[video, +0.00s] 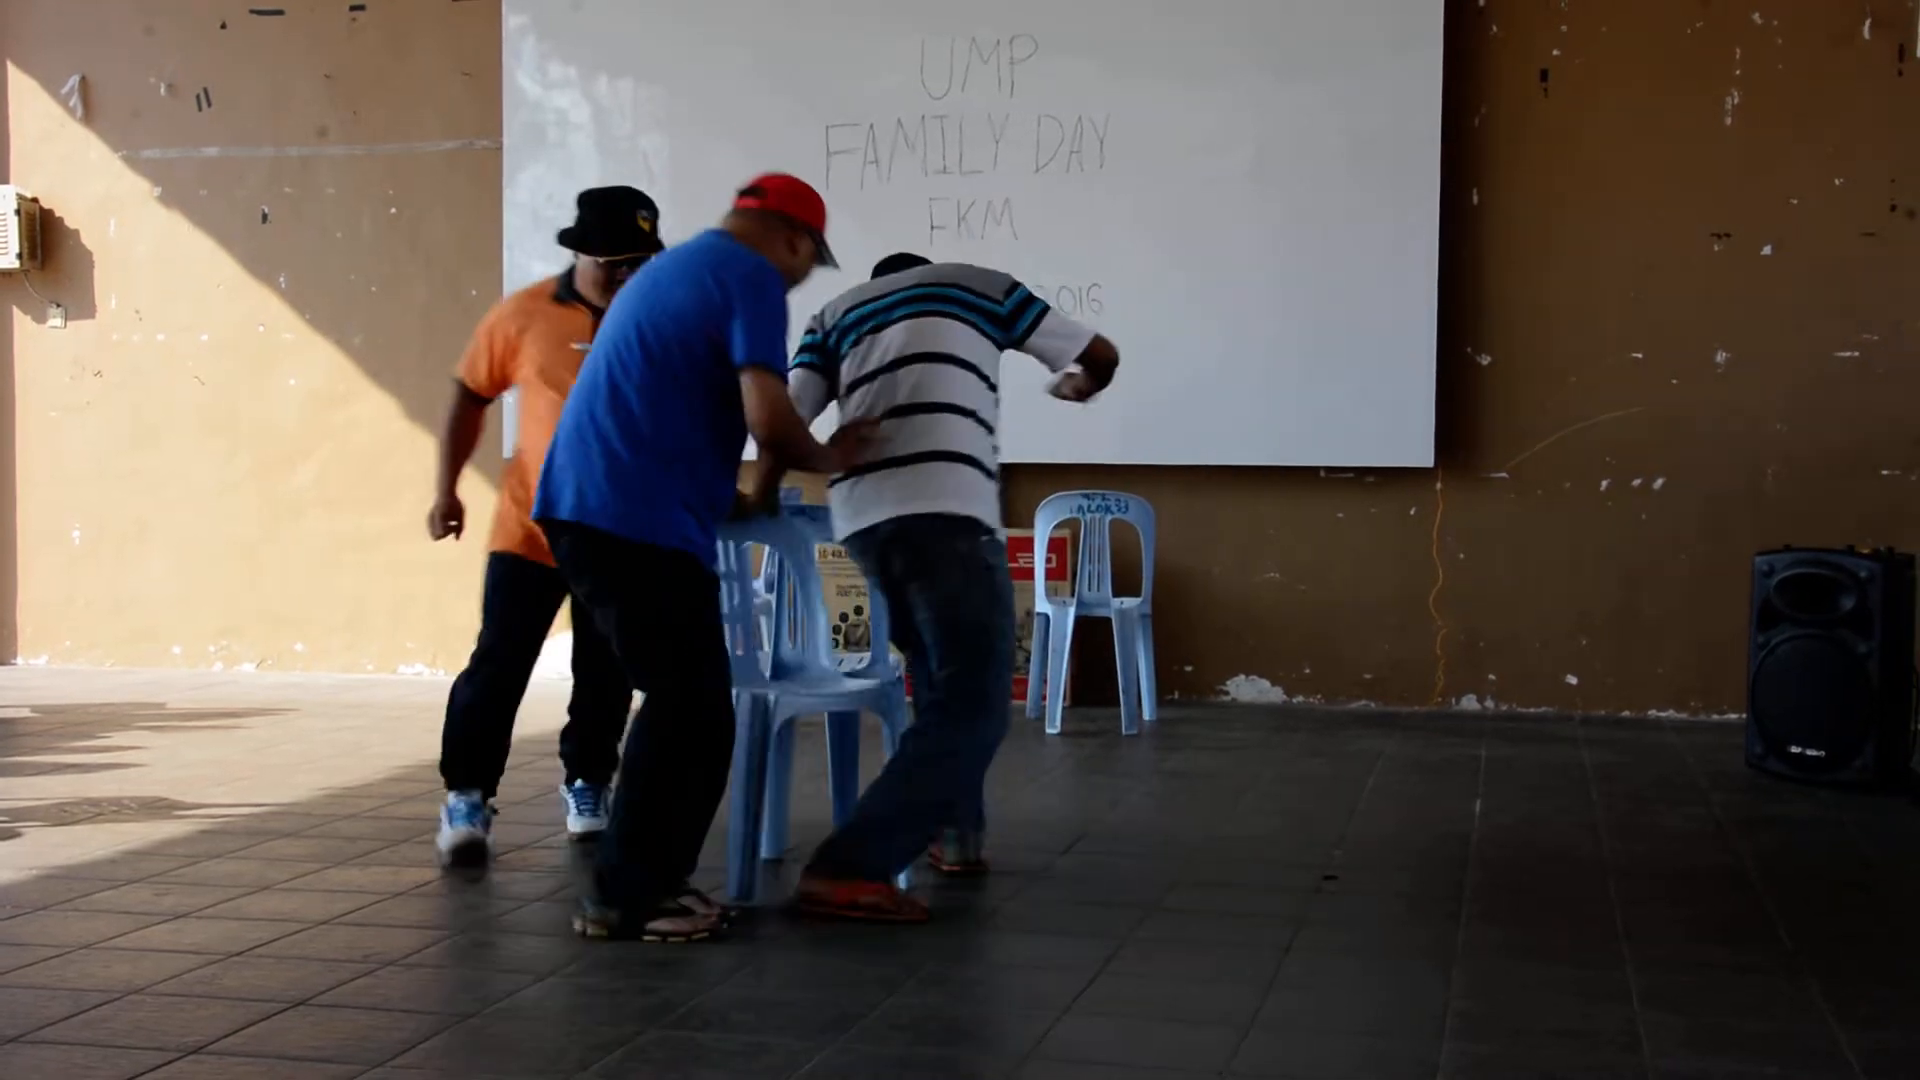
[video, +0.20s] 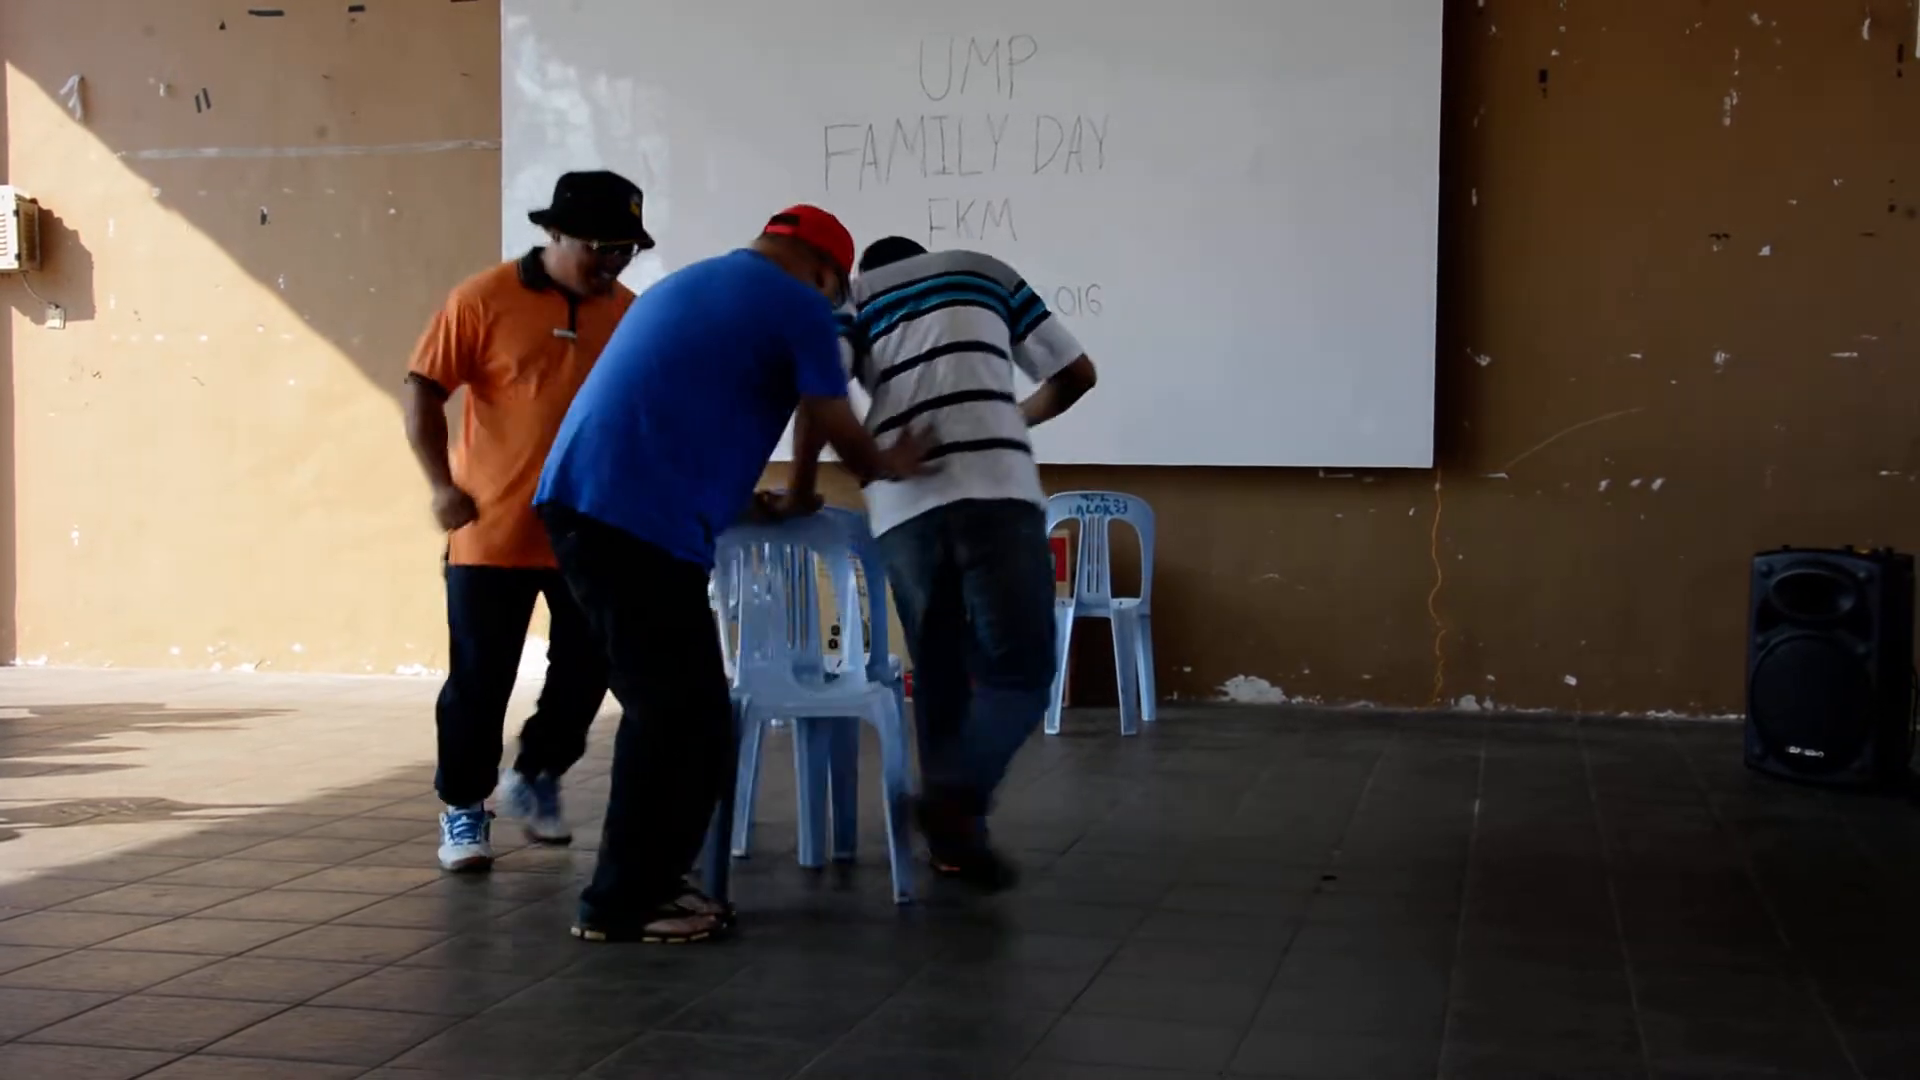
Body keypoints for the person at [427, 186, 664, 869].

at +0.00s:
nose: (621, 276)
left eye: (635, 264)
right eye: (608, 262)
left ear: (651, 261)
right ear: (578, 253)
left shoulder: (655, 325)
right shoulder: (524, 316)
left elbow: (688, 422)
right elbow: (472, 395)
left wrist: (679, 515)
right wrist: (447, 488)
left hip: (618, 535)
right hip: (530, 526)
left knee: (608, 671)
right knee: (500, 664)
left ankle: (590, 785)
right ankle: (466, 799)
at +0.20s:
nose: (612, 268)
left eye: (622, 255)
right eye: (601, 253)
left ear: (628, 248)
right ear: (557, 236)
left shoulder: (626, 315)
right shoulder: (481, 301)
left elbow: (653, 411)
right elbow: (423, 388)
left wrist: (633, 501)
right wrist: (441, 485)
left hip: (584, 529)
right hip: (493, 527)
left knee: (589, 662)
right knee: (480, 678)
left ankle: (535, 774)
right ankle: (463, 808)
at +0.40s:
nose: (620, 262)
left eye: (627, 250)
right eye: (609, 247)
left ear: (623, 247)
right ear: (561, 236)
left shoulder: (616, 319)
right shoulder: (476, 299)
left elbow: (640, 414)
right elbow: (419, 392)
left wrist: (623, 499)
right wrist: (472, 476)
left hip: (574, 530)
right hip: (482, 520)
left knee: (569, 680)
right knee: (481, 653)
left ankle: (518, 816)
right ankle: (420, 799)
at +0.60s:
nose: (612, 259)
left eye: (619, 247)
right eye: (604, 243)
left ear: (595, 238)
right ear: (556, 225)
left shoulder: (594, 311)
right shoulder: (462, 287)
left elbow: (613, 417)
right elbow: (411, 385)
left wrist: (668, 467)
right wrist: (491, 473)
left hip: (565, 542)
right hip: (469, 537)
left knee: (550, 691)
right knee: (449, 692)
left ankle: (515, 816)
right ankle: (417, 843)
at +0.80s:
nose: (628, 256)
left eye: (634, 243)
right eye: (622, 240)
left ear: (589, 227)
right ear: (577, 219)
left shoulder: (586, 307)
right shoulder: (476, 277)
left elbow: (605, 419)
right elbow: (431, 380)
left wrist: (670, 488)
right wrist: (517, 468)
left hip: (559, 535)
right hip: (467, 534)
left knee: (572, 675)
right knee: (462, 686)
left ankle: (518, 834)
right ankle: (417, 841)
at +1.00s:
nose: (641, 260)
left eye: (648, 247)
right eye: (636, 243)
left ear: (597, 225)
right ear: (589, 218)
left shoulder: (593, 308)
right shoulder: (499, 279)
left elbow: (594, 422)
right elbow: (457, 386)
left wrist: (662, 499)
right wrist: (544, 481)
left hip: (577, 537)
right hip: (499, 532)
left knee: (583, 691)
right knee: (525, 675)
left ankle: (525, 845)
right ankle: (445, 844)